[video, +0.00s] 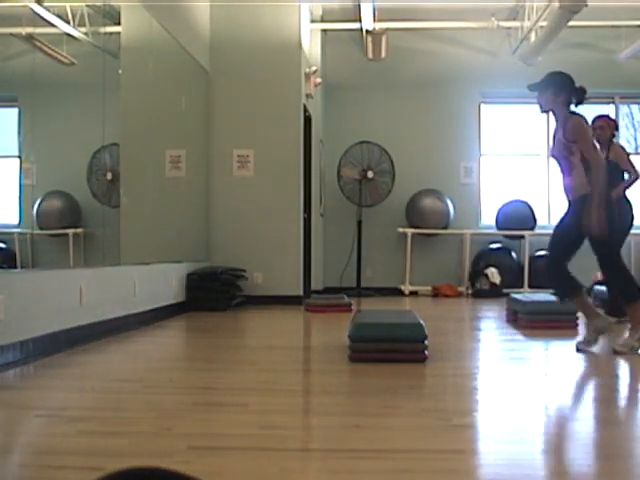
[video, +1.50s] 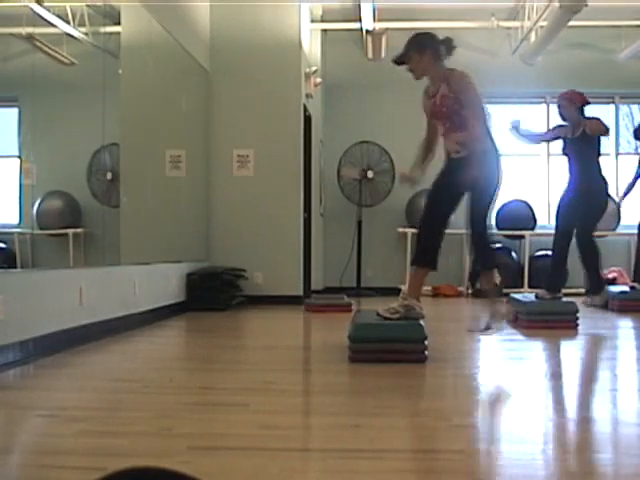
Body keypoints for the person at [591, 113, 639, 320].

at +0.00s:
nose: (599, 132)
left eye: (603, 128)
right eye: (596, 128)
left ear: (612, 131)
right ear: (592, 131)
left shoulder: (616, 151)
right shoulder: (593, 152)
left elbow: (634, 174)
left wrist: (620, 189)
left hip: (618, 204)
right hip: (601, 204)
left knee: (611, 253)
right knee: (606, 254)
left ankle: (624, 300)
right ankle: (615, 303)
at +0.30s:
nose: (598, 132)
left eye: (602, 127)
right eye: (594, 128)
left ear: (610, 130)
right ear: (590, 131)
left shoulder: (618, 151)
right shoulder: (590, 156)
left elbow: (638, 167)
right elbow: (588, 179)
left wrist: (636, 195)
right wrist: (587, 182)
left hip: (617, 206)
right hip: (597, 207)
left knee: (606, 255)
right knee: (607, 257)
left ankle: (618, 308)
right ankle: (619, 307)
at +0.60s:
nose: (593, 130)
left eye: (597, 126)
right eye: (590, 127)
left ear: (607, 127)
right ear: (587, 130)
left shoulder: (613, 148)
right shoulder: (586, 150)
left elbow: (609, 168)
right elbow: (565, 170)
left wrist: (588, 161)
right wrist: (548, 164)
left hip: (611, 209)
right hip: (589, 208)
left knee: (611, 259)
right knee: (566, 237)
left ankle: (617, 312)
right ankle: (584, 283)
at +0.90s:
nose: (568, 125)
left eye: (571, 120)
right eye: (564, 122)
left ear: (579, 121)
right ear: (561, 124)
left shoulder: (589, 140)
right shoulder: (560, 145)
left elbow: (597, 158)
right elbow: (542, 160)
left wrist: (574, 166)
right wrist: (532, 161)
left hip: (593, 201)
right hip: (571, 200)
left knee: (593, 251)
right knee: (553, 235)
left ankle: (610, 305)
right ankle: (552, 288)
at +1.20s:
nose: (552, 115)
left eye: (556, 111)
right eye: (549, 111)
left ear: (567, 111)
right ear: (546, 113)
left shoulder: (585, 128)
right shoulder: (547, 136)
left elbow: (607, 144)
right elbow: (549, 161)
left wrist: (606, 171)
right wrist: (548, 182)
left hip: (586, 186)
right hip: (562, 188)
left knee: (566, 229)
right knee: (556, 233)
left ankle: (557, 284)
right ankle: (552, 284)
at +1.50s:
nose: (560, 111)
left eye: (564, 107)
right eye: (559, 107)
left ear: (576, 107)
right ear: (562, 109)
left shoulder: (593, 124)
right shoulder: (563, 130)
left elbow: (603, 131)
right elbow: (539, 138)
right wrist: (518, 132)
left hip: (595, 189)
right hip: (573, 190)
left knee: (584, 235)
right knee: (561, 237)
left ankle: (597, 290)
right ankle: (552, 288)